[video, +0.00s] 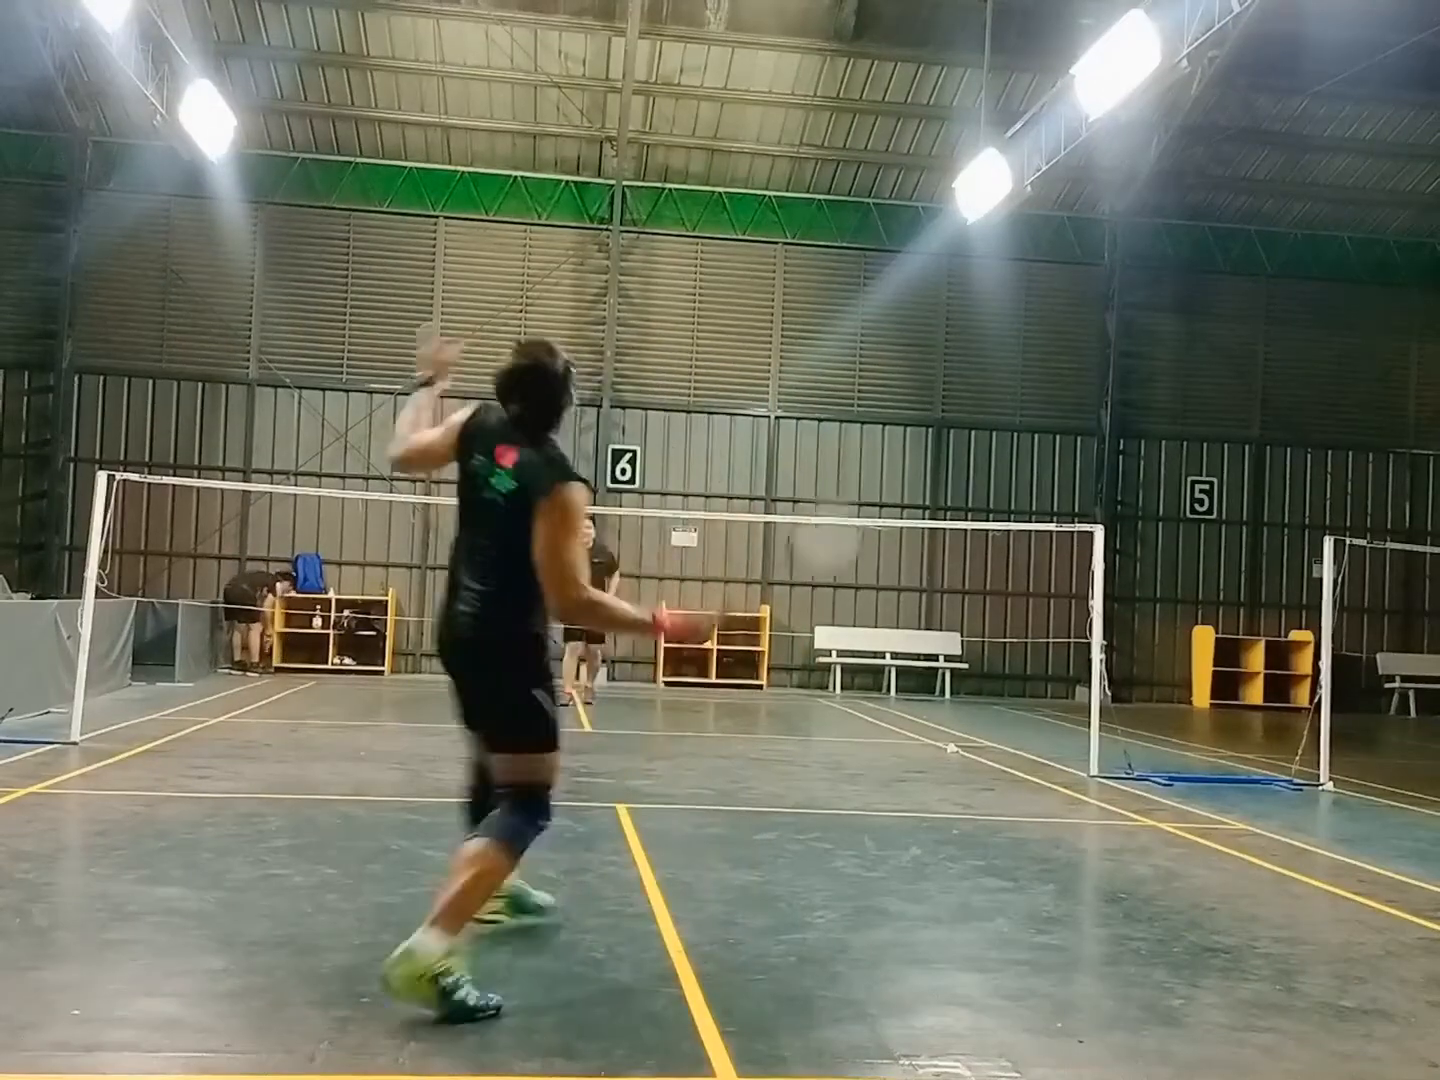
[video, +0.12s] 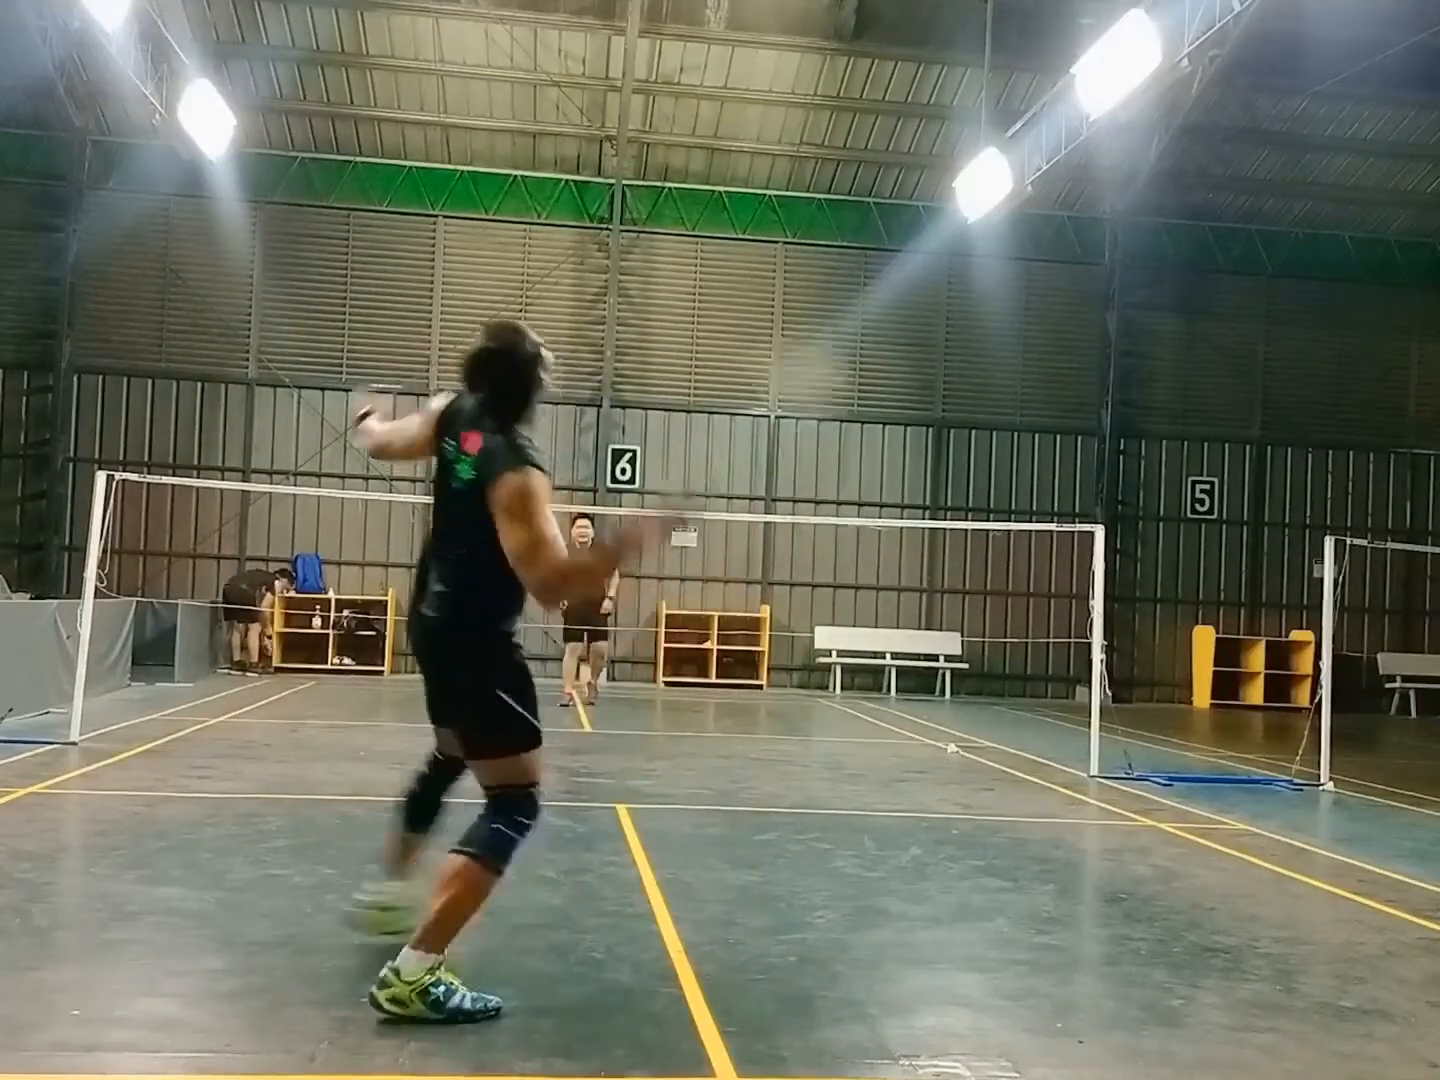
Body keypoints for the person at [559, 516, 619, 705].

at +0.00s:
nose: (585, 534)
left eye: (588, 529)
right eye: (581, 529)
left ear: (595, 531)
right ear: (574, 533)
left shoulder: (603, 553)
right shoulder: (568, 556)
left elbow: (614, 574)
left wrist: (609, 596)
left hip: (596, 611)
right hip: (573, 611)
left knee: (593, 652)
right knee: (572, 650)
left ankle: (589, 686)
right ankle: (568, 688)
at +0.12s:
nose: (582, 531)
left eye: (586, 527)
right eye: (578, 527)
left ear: (593, 531)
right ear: (572, 531)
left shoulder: (603, 554)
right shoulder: (566, 555)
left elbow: (614, 575)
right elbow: (558, 578)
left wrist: (610, 597)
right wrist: (560, 597)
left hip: (598, 604)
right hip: (574, 604)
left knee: (600, 649)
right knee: (572, 648)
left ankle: (593, 682)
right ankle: (568, 690)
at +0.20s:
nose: (582, 531)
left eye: (586, 528)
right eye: (579, 528)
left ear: (593, 531)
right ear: (573, 531)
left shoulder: (604, 554)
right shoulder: (566, 554)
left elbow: (615, 574)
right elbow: (555, 578)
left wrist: (611, 595)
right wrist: (560, 599)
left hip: (599, 607)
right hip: (576, 608)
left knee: (604, 648)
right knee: (573, 649)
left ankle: (598, 683)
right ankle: (568, 691)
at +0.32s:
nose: (587, 533)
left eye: (590, 529)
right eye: (582, 529)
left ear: (596, 533)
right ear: (575, 533)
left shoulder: (606, 554)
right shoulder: (567, 558)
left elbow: (618, 574)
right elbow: (556, 580)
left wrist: (615, 595)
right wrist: (562, 602)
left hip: (602, 611)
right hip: (577, 611)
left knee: (611, 649)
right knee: (573, 651)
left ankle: (618, 692)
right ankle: (567, 693)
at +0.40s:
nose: (590, 535)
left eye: (594, 532)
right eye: (586, 531)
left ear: (599, 536)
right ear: (578, 536)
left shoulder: (608, 557)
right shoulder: (570, 560)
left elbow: (620, 575)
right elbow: (558, 582)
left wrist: (617, 598)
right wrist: (564, 605)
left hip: (604, 613)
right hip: (578, 614)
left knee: (613, 651)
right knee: (573, 651)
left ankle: (625, 693)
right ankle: (568, 694)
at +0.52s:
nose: (597, 542)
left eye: (600, 539)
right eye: (592, 539)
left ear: (606, 543)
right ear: (586, 543)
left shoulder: (616, 565)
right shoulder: (577, 566)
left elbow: (627, 583)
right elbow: (567, 588)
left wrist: (621, 605)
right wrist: (569, 611)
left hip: (609, 617)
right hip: (584, 617)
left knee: (620, 653)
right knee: (575, 653)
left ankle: (629, 695)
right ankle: (568, 694)